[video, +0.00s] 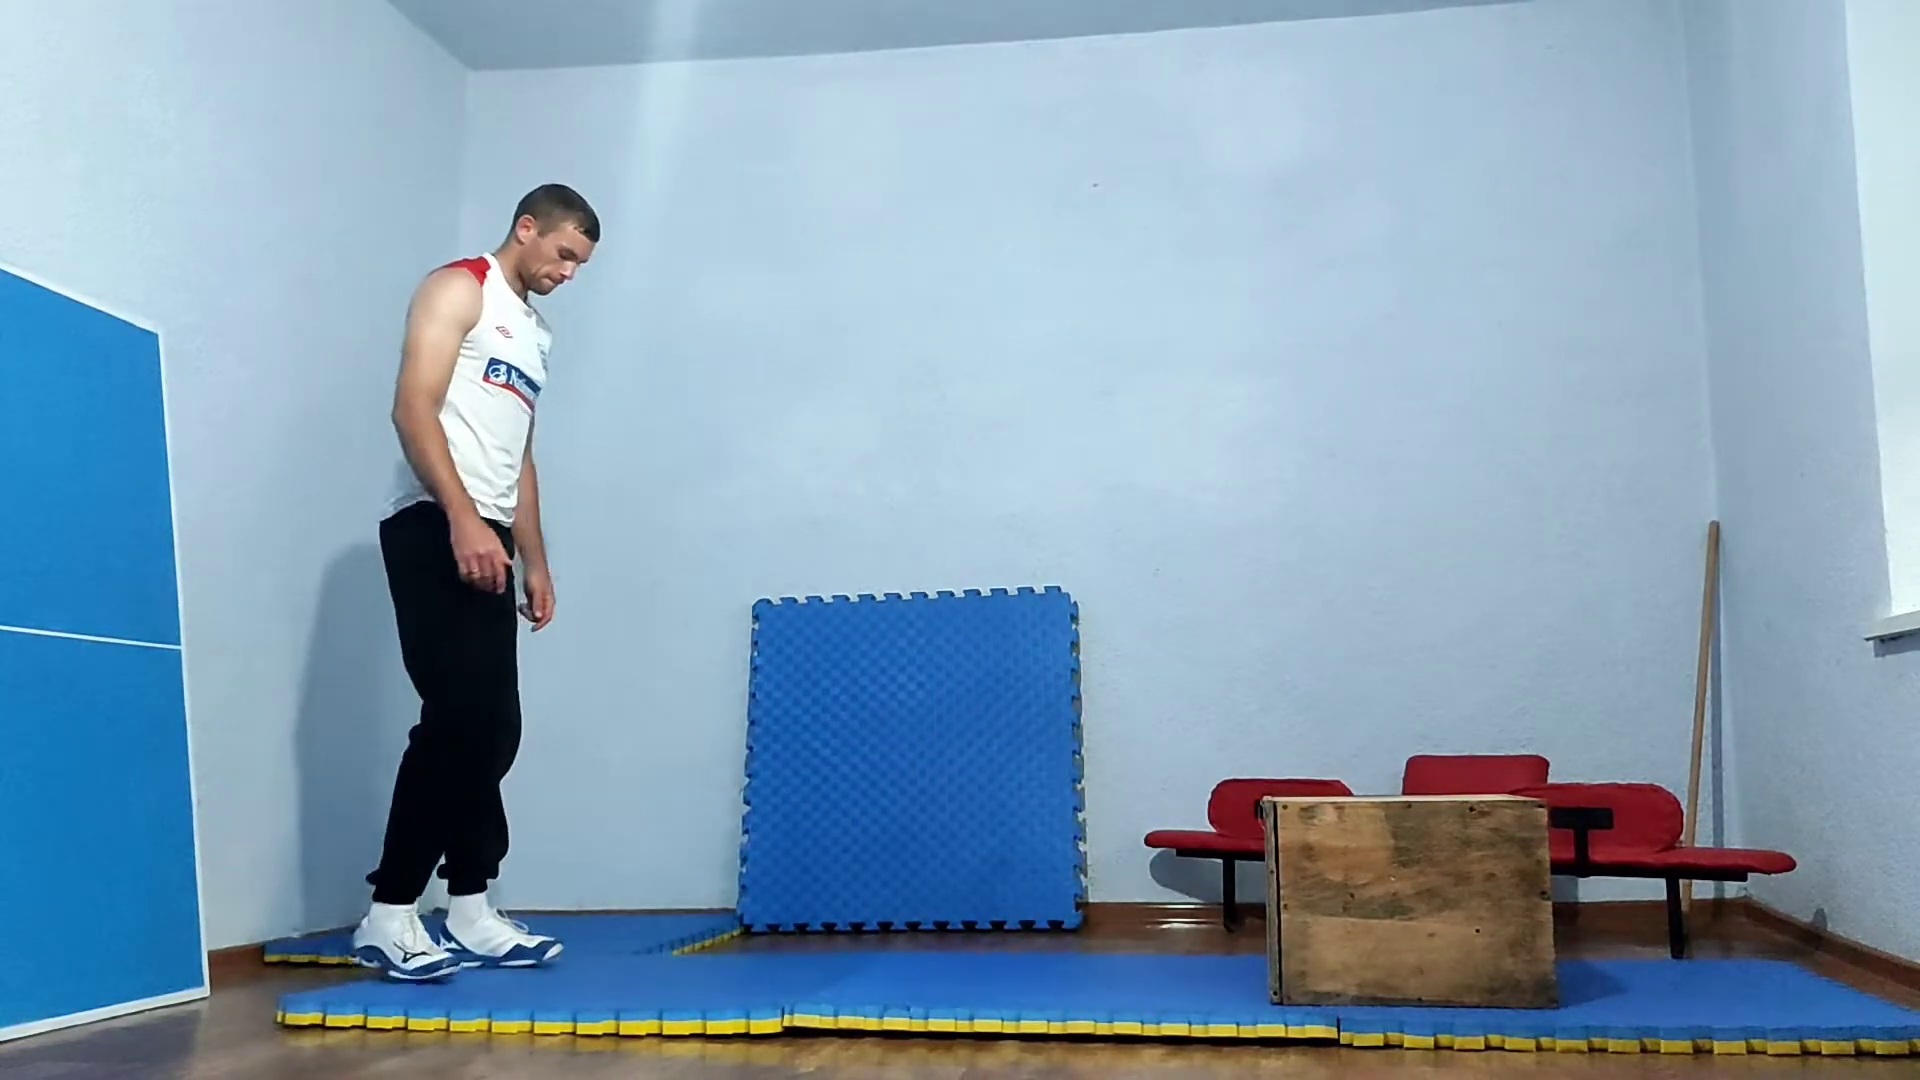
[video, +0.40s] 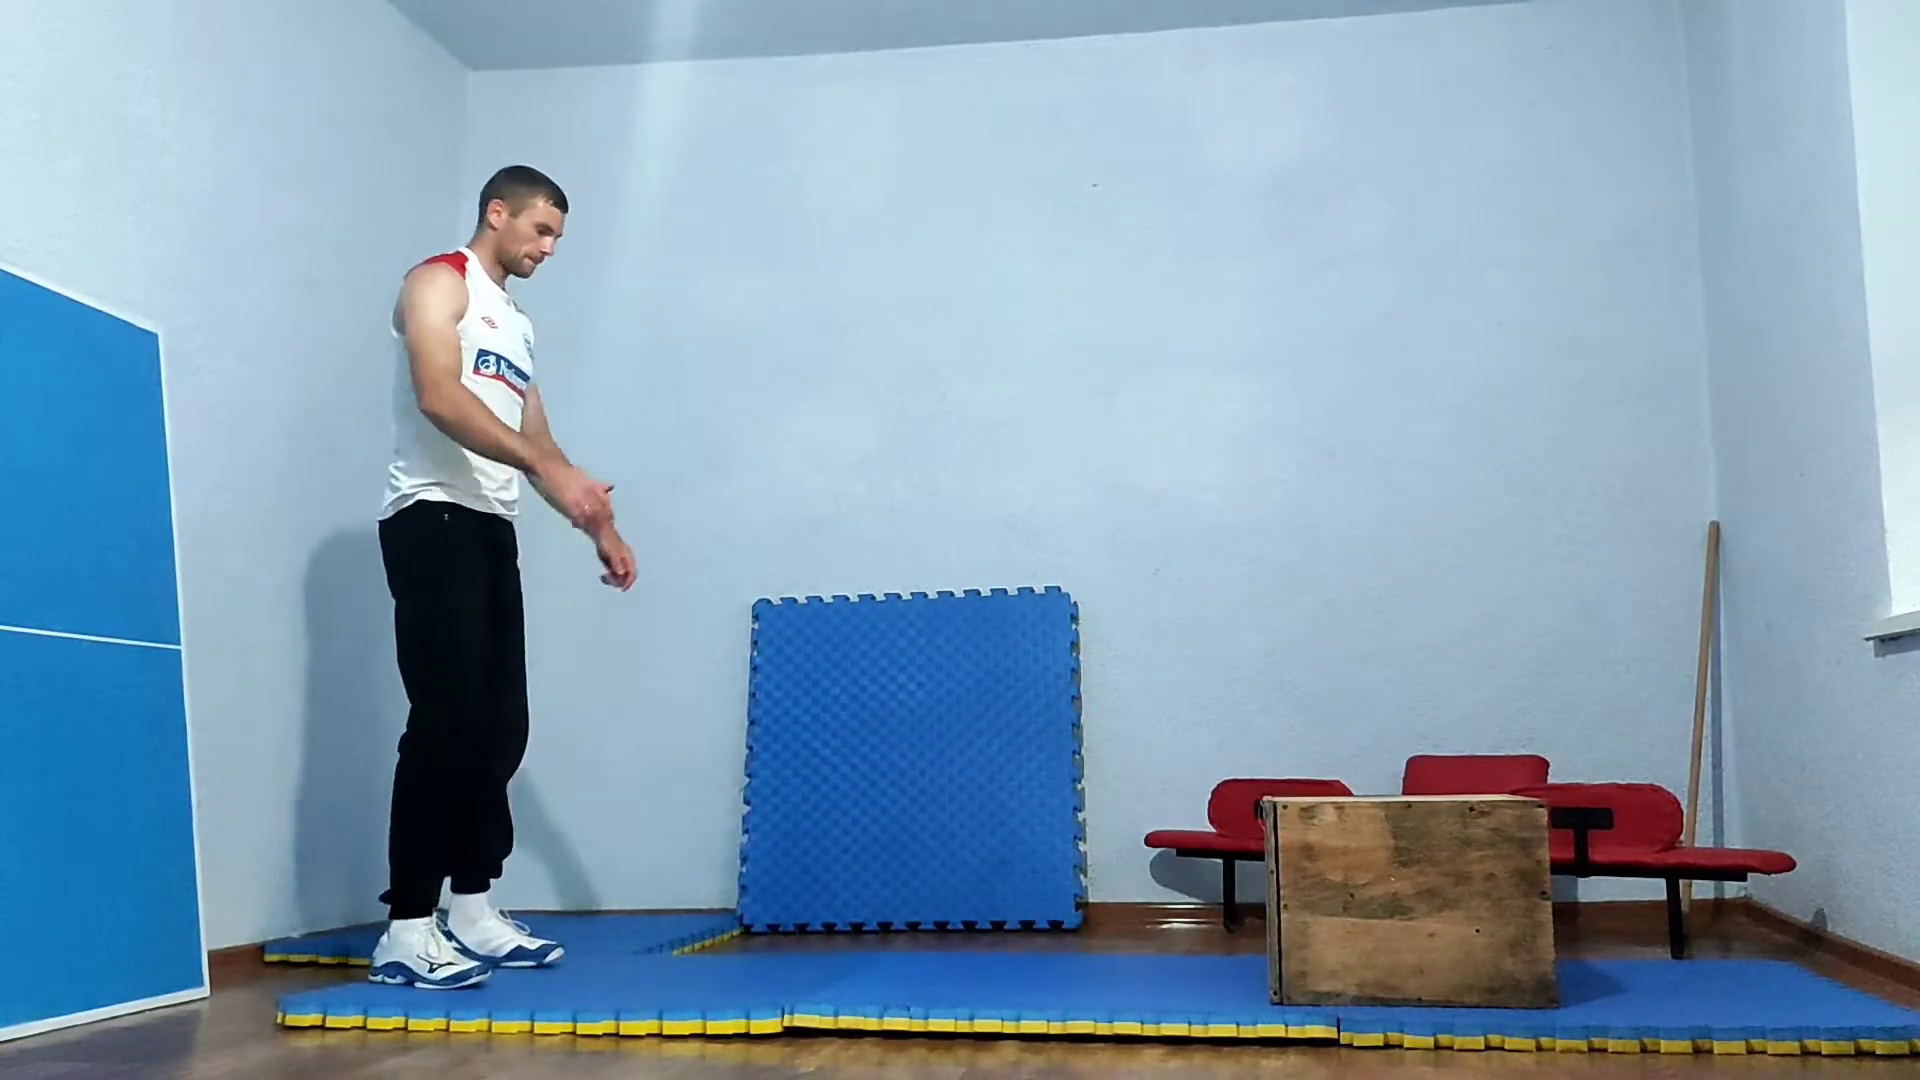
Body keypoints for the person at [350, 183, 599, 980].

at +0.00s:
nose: (568, 272)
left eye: (578, 262)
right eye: (562, 253)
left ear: (574, 261)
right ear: (524, 229)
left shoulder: (533, 328)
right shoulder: (456, 291)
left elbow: (519, 455)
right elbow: (414, 411)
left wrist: (535, 557)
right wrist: (462, 518)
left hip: (489, 541)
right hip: (432, 530)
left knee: (494, 726)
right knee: (457, 719)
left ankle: (468, 910)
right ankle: (388, 915)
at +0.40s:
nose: (548, 248)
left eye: (555, 238)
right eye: (542, 230)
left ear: (536, 235)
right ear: (496, 212)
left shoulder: (513, 323)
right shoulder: (439, 281)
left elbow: (539, 447)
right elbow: (440, 397)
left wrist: (600, 526)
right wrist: (545, 464)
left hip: (491, 535)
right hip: (434, 529)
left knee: (500, 725)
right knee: (443, 721)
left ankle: (469, 910)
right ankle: (407, 929)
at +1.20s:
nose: (532, 207)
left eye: (538, 197)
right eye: (517, 192)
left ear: (534, 208)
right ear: (479, 192)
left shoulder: (521, 272)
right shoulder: (449, 250)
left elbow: (567, 177)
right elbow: (478, 111)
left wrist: (572, 62)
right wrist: (513, 14)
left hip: (527, 512)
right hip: (469, 509)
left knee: (517, 719)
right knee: (461, 715)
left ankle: (473, 910)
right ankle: (405, 928)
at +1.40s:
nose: (534, 199)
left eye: (539, 189)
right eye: (519, 184)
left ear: (536, 201)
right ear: (482, 186)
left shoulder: (525, 264)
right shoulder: (454, 241)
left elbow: (563, 169)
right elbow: (479, 99)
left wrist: (561, 50)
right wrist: (502, 6)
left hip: (537, 505)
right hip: (477, 500)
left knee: (523, 711)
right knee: (464, 709)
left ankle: (482, 902)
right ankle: (411, 920)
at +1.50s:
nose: (536, 185)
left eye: (542, 176)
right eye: (520, 172)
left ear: (540, 191)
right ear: (484, 180)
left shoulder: (528, 253)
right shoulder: (458, 230)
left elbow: (564, 159)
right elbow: (482, 93)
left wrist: (562, 39)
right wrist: (505, 1)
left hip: (538, 494)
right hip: (476, 490)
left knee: (528, 702)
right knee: (458, 699)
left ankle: (492, 891)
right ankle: (418, 911)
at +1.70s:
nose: (542, 199)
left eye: (547, 188)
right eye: (527, 184)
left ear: (544, 198)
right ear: (489, 185)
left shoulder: (530, 262)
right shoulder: (460, 237)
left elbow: (570, 172)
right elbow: (491, 98)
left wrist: (569, 56)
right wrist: (518, 9)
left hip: (539, 505)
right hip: (477, 499)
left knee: (524, 712)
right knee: (458, 706)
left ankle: (484, 901)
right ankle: (410, 918)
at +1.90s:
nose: (548, 203)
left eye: (555, 191)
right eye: (534, 185)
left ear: (553, 202)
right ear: (498, 185)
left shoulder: (536, 267)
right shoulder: (463, 243)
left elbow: (584, 173)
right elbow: (511, 114)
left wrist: (596, 58)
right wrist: (552, 17)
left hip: (532, 511)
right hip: (471, 506)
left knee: (522, 715)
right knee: (455, 713)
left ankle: (481, 903)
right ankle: (407, 924)